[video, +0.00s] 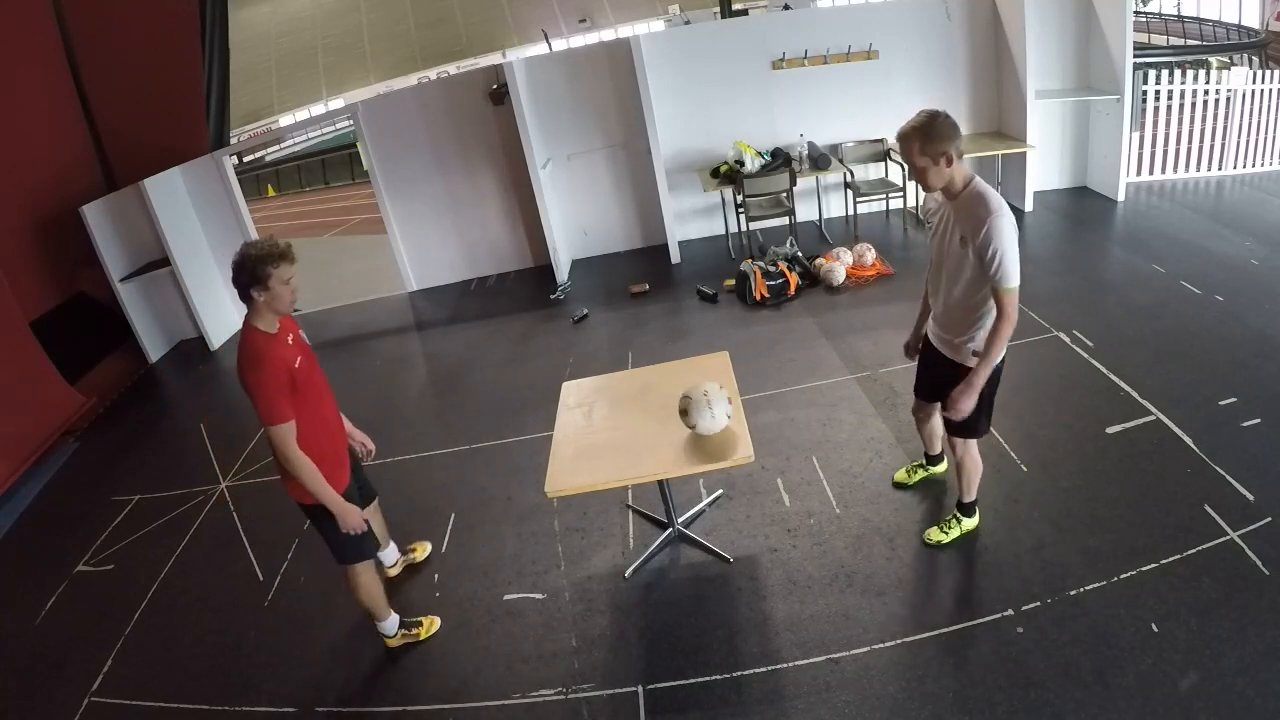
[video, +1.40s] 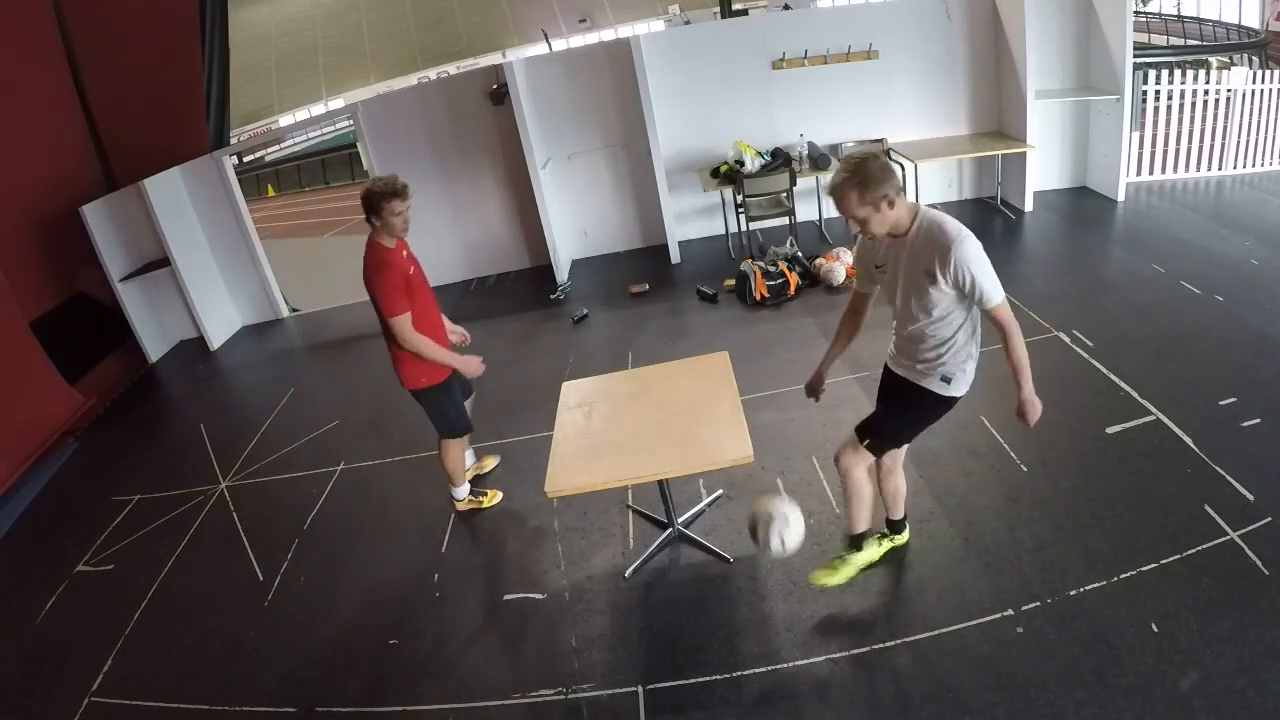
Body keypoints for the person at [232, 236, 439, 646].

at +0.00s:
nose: (296, 288)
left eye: (294, 279)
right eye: (287, 283)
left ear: (266, 291)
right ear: (258, 293)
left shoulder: (283, 323)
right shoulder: (259, 358)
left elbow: (312, 390)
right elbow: (286, 450)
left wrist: (346, 428)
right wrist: (338, 505)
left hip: (337, 454)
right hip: (317, 480)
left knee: (368, 503)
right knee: (360, 557)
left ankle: (392, 559)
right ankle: (392, 629)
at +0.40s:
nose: (308, 265)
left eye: (307, 256)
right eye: (298, 261)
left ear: (305, 256)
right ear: (273, 271)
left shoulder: (300, 298)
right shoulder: (277, 329)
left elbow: (329, 359)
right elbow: (292, 410)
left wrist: (367, 398)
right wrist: (338, 465)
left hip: (358, 421)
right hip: (342, 443)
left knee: (385, 483)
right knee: (389, 514)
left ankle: (400, 550)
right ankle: (394, 608)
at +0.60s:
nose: (320, 256)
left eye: (319, 248)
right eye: (310, 251)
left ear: (318, 247)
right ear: (286, 259)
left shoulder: (311, 287)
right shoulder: (287, 315)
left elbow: (339, 348)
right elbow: (301, 394)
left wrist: (374, 385)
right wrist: (348, 437)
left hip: (356, 408)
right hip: (349, 423)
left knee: (374, 482)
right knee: (417, 473)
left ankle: (399, 548)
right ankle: (421, 556)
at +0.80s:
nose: (336, 249)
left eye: (336, 241)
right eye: (328, 244)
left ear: (335, 239)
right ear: (304, 251)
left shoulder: (326, 281)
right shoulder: (310, 305)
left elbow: (351, 345)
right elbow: (323, 382)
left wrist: (384, 384)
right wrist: (361, 432)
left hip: (364, 402)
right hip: (365, 412)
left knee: (373, 477)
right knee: (426, 453)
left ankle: (400, 551)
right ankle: (460, 506)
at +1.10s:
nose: (375, 231)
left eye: (375, 223)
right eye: (364, 227)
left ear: (375, 222)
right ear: (342, 235)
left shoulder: (356, 258)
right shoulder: (356, 284)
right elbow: (372, 357)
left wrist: (413, 368)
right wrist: (407, 409)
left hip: (398, 380)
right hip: (407, 385)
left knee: (410, 447)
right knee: (441, 439)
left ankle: (403, 528)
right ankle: (464, 497)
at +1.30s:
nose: (398, 222)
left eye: (398, 214)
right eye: (389, 218)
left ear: (399, 210)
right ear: (365, 224)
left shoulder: (382, 248)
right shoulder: (375, 271)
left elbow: (405, 304)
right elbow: (399, 342)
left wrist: (435, 329)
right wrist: (448, 376)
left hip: (421, 359)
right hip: (413, 371)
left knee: (444, 424)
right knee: (451, 429)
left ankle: (435, 485)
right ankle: (461, 495)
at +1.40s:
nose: (407, 218)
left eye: (407, 210)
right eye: (398, 214)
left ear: (407, 207)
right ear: (375, 219)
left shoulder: (395, 244)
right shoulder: (382, 267)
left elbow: (417, 297)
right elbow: (405, 337)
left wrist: (445, 325)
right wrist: (459, 361)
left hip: (433, 353)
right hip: (420, 367)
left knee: (461, 402)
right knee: (453, 430)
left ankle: (468, 465)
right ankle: (461, 496)